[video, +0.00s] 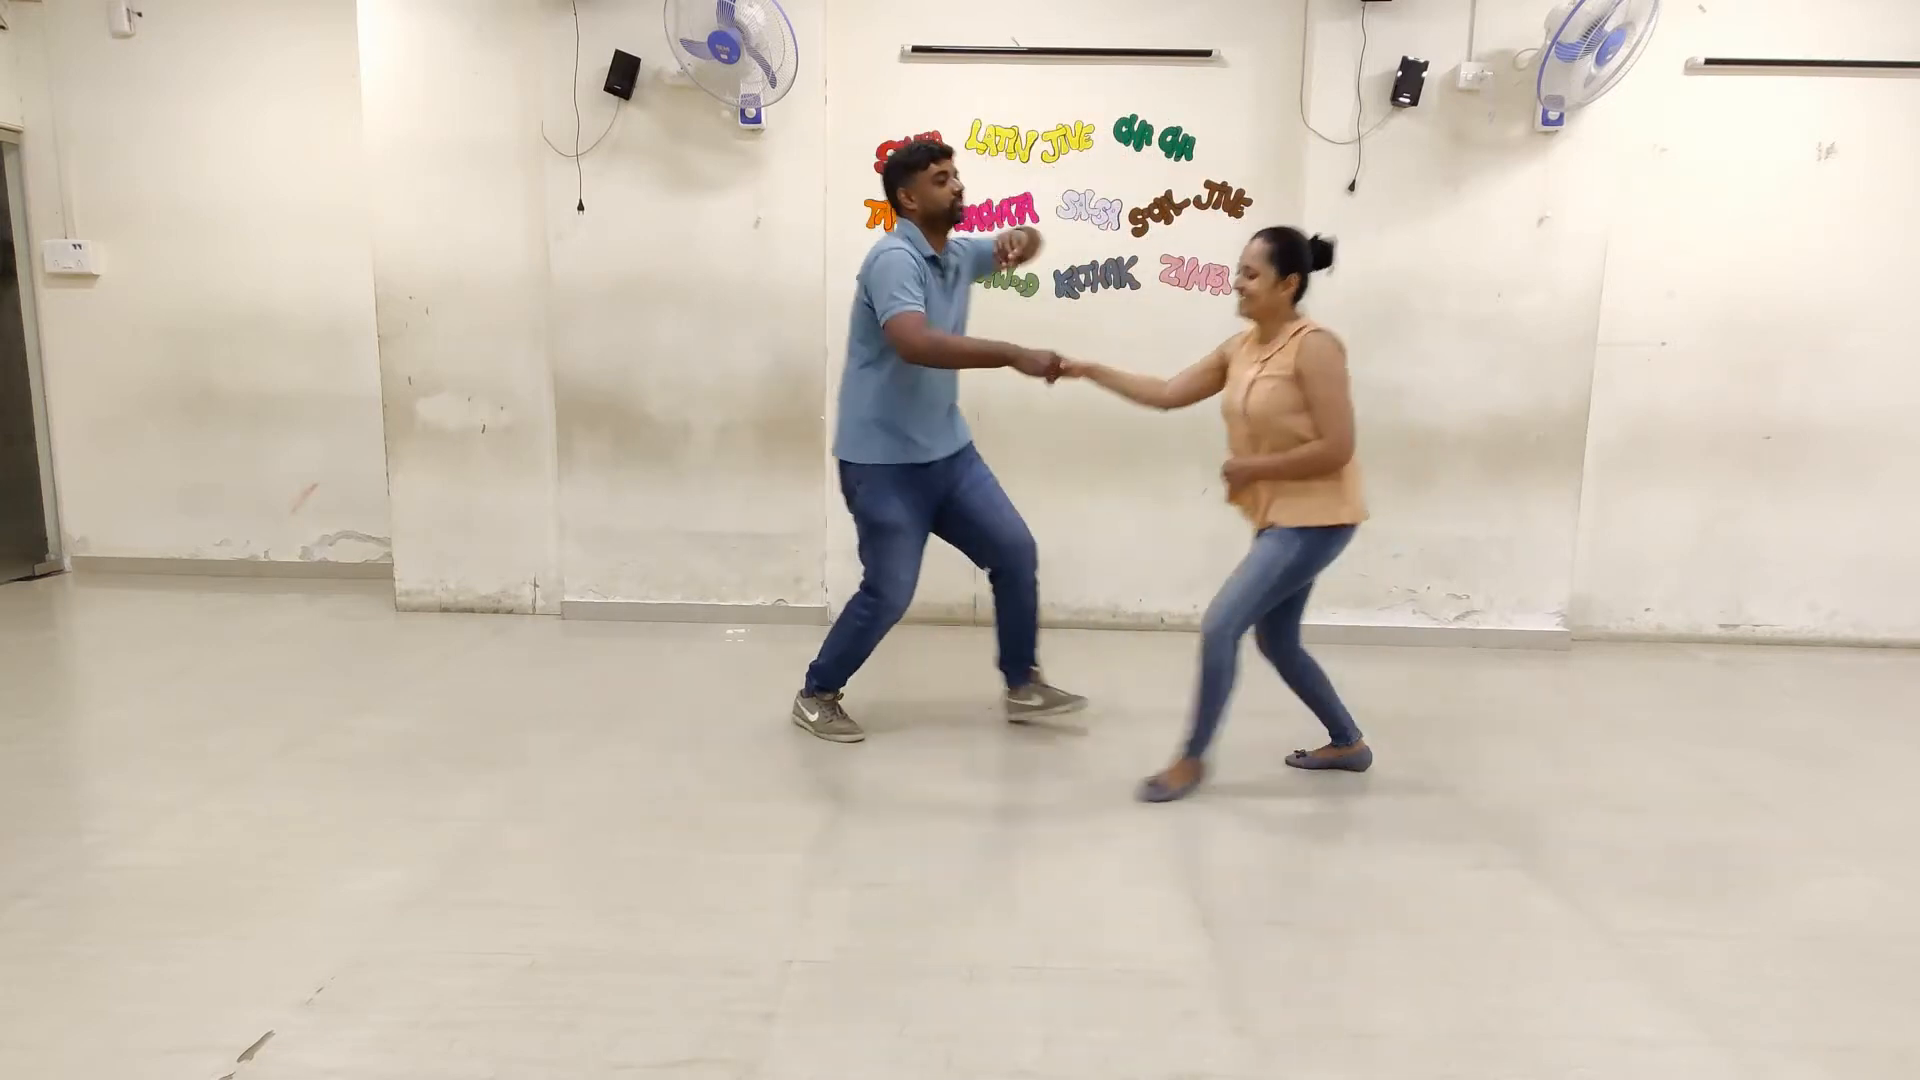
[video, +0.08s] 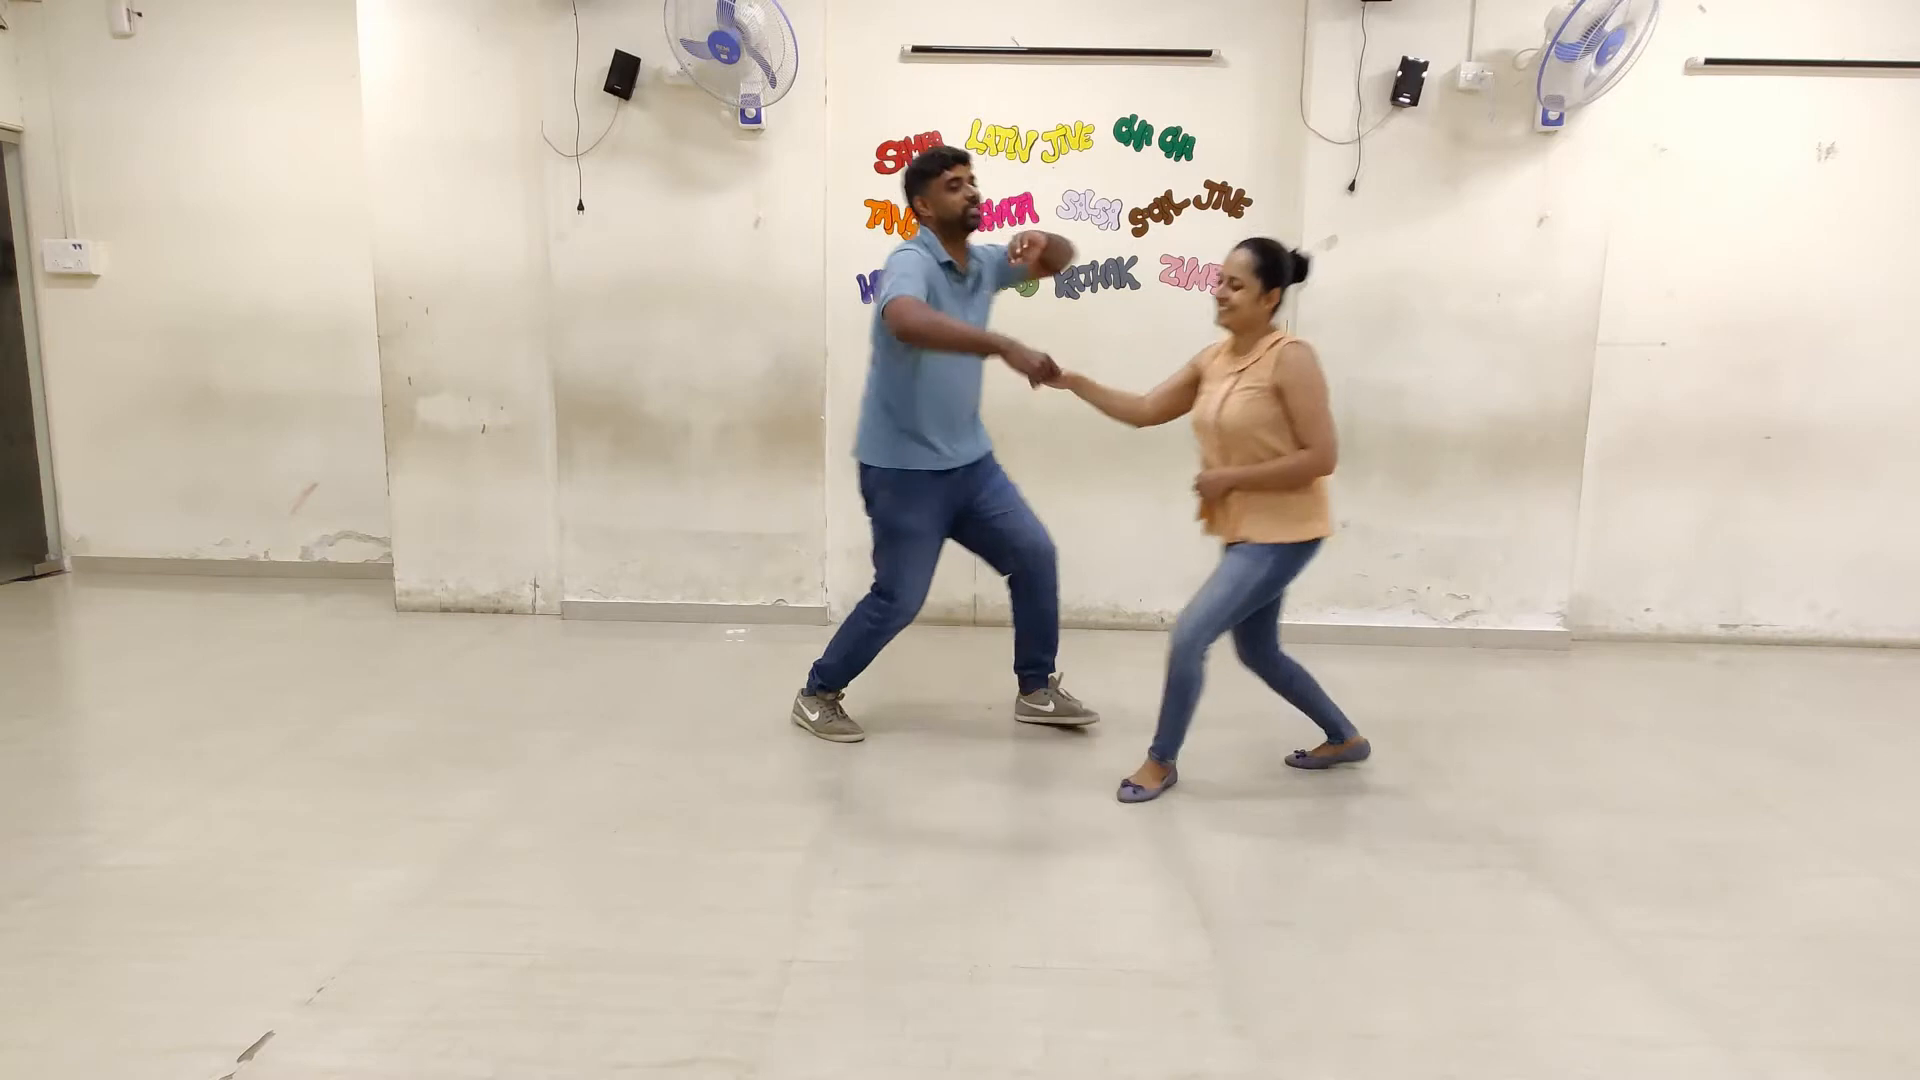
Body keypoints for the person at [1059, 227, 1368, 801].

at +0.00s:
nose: (1237, 283)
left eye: (1250, 275)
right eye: (1239, 272)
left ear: (1288, 284)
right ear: (1254, 281)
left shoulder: (1316, 347)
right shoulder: (1242, 347)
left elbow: (1337, 447)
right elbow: (1167, 394)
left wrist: (1256, 466)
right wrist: (1091, 371)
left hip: (1315, 518)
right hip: (1277, 518)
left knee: (1222, 624)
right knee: (1278, 641)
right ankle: (1348, 743)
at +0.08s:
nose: (1220, 293)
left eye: (1234, 285)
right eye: (1219, 282)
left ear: (1270, 297)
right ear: (1220, 285)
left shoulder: (1292, 358)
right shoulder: (1214, 359)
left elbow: (1322, 457)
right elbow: (1146, 409)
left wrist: (1231, 478)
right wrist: (1074, 382)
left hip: (1285, 532)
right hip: (1245, 530)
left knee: (1190, 632)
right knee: (1258, 651)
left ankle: (1160, 762)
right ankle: (1345, 738)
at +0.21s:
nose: (1188, 282)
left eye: (1205, 276)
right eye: (1183, 268)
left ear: (1227, 289)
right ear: (1170, 271)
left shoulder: (1249, 350)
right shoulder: (1150, 349)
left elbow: (1282, 445)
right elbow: (1082, 383)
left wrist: (1189, 467)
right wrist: (1076, 295)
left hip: (1232, 529)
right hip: (1169, 525)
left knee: (1163, 647)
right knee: (1158, 651)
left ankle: (1159, 765)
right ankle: (1256, 698)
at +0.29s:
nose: (1168, 262)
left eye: (1181, 254)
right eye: (1158, 249)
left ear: (1194, 267)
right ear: (1134, 256)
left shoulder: (1218, 332)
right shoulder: (1111, 330)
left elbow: (1252, 420)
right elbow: (1072, 302)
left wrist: (1172, 436)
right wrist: (1096, 210)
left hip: (1202, 511)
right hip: (1127, 509)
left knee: (1166, 644)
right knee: (1105, 649)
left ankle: (1164, 762)